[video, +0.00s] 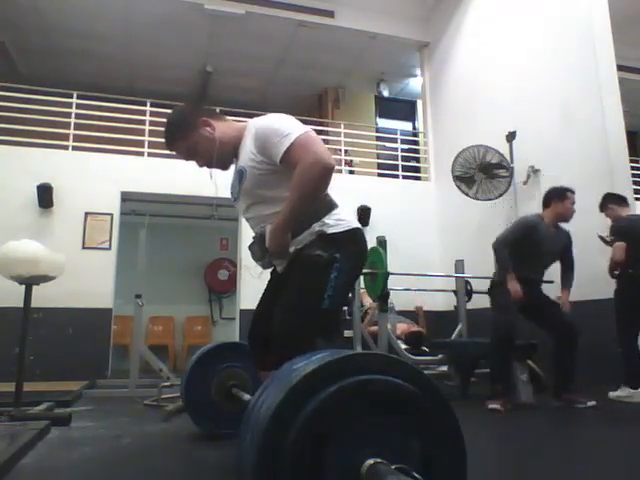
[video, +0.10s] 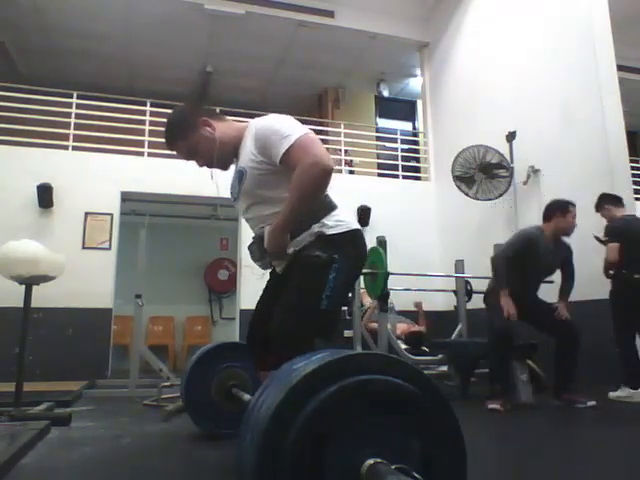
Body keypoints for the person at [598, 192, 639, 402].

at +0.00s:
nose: (609, 219)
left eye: (607, 214)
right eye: (607, 215)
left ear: (612, 208)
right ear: (622, 205)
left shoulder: (622, 224)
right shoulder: (633, 221)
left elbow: (618, 256)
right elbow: (624, 255)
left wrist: (612, 270)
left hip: (629, 284)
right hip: (632, 283)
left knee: (627, 334)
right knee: (629, 334)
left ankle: (631, 384)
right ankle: (631, 382)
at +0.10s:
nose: (604, 219)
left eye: (603, 215)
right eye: (602, 215)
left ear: (608, 208)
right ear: (619, 205)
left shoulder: (616, 225)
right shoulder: (635, 222)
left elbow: (612, 257)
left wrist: (607, 270)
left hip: (626, 282)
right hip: (636, 279)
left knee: (625, 335)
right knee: (629, 334)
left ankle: (631, 384)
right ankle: (632, 383)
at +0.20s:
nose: (599, 218)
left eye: (597, 214)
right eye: (597, 215)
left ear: (602, 208)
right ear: (615, 205)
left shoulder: (610, 224)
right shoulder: (634, 222)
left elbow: (607, 258)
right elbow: (632, 251)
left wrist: (602, 268)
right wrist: (615, 260)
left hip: (623, 283)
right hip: (637, 281)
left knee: (623, 335)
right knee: (631, 334)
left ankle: (631, 384)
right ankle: (632, 383)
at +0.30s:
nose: (596, 218)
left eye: (594, 214)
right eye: (594, 215)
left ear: (599, 208)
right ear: (611, 205)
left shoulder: (606, 225)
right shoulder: (633, 223)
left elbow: (602, 258)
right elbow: (632, 251)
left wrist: (596, 269)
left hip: (620, 285)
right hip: (637, 283)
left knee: (621, 335)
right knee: (632, 334)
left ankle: (631, 384)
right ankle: (632, 383)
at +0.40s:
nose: (593, 218)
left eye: (591, 214)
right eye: (591, 215)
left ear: (596, 209)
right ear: (608, 205)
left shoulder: (603, 226)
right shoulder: (632, 224)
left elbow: (598, 258)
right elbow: (631, 252)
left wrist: (593, 269)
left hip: (618, 286)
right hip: (636, 284)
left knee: (620, 336)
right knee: (632, 335)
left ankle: (631, 385)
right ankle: (633, 383)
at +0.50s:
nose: (590, 218)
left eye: (588, 214)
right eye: (588, 215)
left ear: (593, 209)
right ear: (606, 205)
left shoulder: (601, 226)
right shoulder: (630, 224)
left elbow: (596, 259)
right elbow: (631, 253)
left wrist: (591, 270)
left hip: (616, 288)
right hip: (635, 285)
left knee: (619, 336)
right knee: (633, 335)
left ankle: (632, 385)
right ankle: (633, 383)